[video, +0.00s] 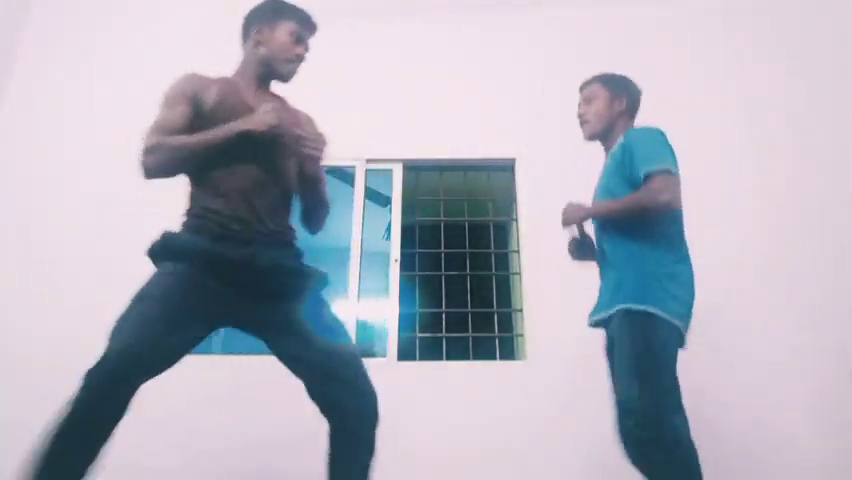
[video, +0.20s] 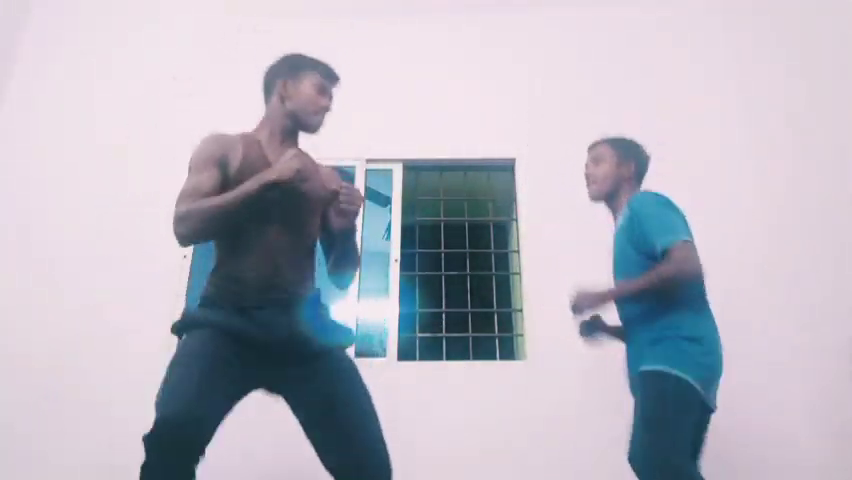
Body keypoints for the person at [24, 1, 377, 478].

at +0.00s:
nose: (303, 51)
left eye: (307, 44)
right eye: (296, 38)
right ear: (258, 34)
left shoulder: (299, 123)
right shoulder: (198, 89)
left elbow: (315, 221)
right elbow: (154, 160)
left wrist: (312, 169)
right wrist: (243, 126)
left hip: (276, 278)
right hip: (198, 270)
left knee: (356, 400)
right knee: (115, 372)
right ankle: (51, 475)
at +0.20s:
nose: (329, 102)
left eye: (331, 94)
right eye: (321, 89)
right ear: (283, 88)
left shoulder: (325, 178)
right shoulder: (220, 149)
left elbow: (342, 273)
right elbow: (185, 227)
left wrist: (344, 231)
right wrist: (268, 178)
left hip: (302, 335)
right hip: (222, 330)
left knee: (369, 468)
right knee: (172, 437)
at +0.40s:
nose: (317, 68)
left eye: (321, 62)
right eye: (311, 55)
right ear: (273, 50)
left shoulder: (302, 139)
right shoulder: (204, 98)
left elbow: (312, 234)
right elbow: (145, 161)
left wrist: (312, 181)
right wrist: (232, 133)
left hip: (257, 278)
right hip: (180, 265)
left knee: (313, 422)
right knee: (97, 362)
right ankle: (61, 475)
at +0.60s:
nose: (267, 88)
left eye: (270, 81)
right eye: (259, 75)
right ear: (221, 71)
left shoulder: (257, 173)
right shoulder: (146, 132)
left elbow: (261, 270)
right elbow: (84, 205)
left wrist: (261, 227)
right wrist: (165, 173)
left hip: (193, 330)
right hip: (110, 311)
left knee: (259, 455)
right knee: (12, 421)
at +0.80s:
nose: (238, 92)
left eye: (242, 86)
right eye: (230, 79)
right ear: (190, 76)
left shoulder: (235, 173)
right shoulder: (116, 136)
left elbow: (245, 272)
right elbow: (55, 220)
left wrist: (227, 239)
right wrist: (135, 190)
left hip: (184, 334)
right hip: (95, 320)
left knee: (275, 432)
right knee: (6, 414)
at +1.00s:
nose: (213, 101)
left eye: (215, 94)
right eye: (204, 87)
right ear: (164, 85)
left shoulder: (219, 179)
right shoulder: (93, 164)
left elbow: (265, 271)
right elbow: (52, 262)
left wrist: (273, 246)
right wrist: (120, 237)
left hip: (190, 354)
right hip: (99, 346)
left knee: (272, 473)